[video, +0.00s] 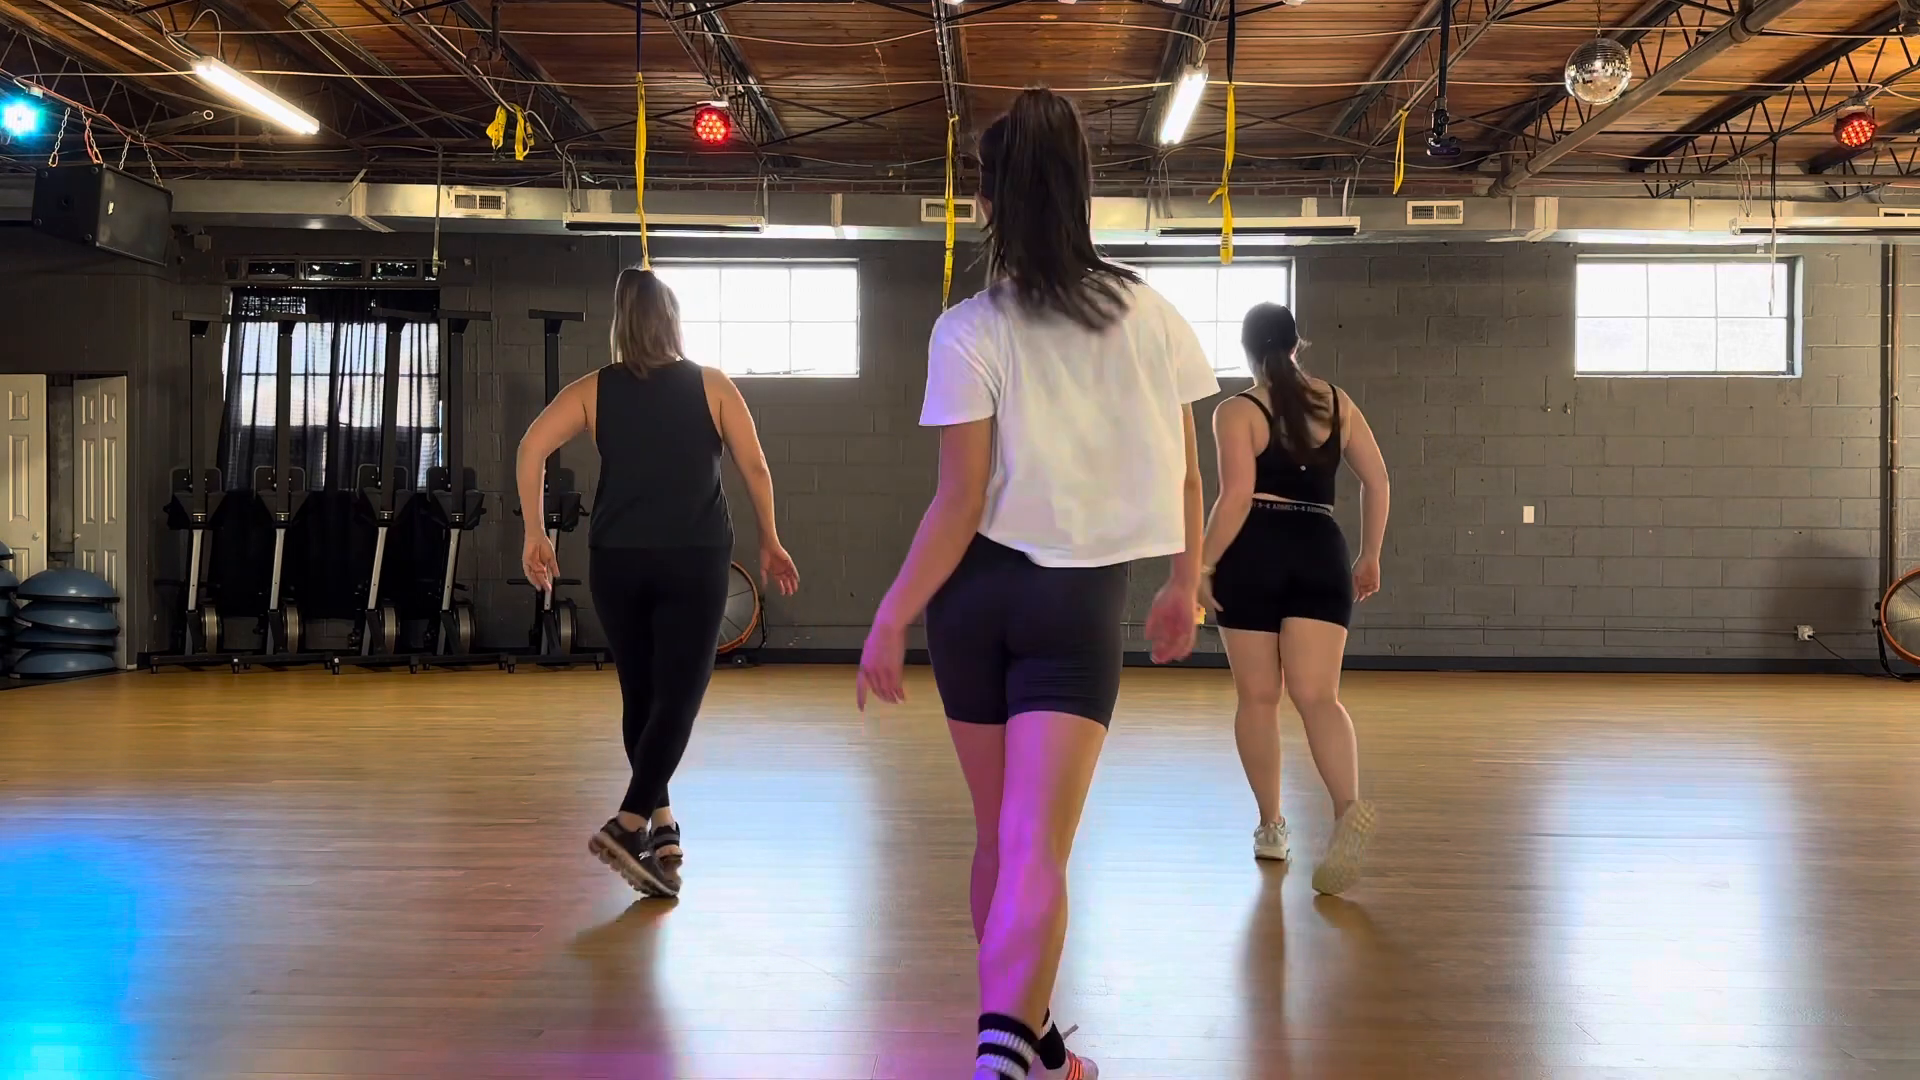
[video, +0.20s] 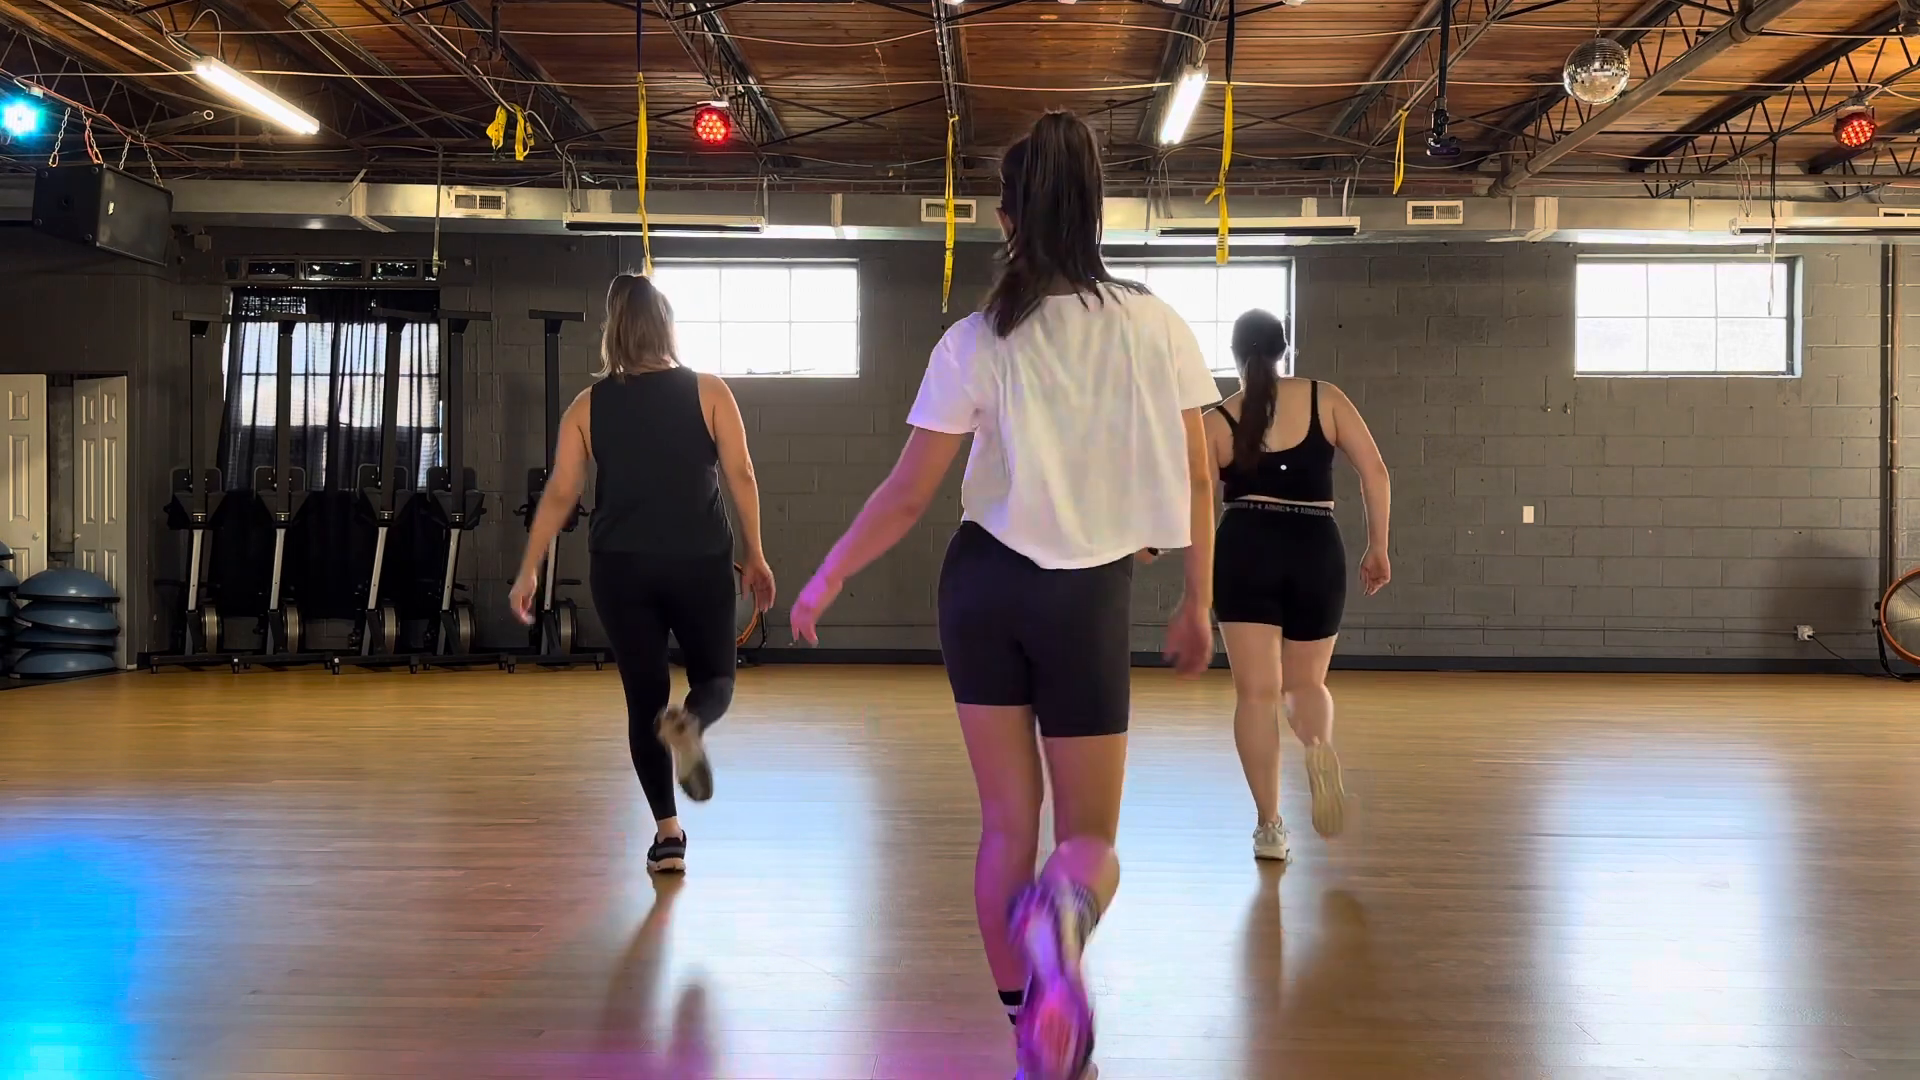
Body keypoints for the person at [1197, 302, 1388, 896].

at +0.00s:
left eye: (1250, 343)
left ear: (1249, 350)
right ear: (1297, 345)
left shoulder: (1238, 410)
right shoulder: (1335, 402)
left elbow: (1238, 493)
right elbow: (1377, 479)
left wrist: (1204, 566)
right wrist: (1371, 554)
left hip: (1252, 553)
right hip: (1321, 552)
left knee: (1258, 696)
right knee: (1318, 694)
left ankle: (1271, 823)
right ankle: (1350, 812)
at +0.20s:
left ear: (1235, 353)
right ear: (1285, 348)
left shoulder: (1217, 421)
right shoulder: (1326, 399)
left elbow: (1193, 500)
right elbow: (1374, 471)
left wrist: (1152, 537)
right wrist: (1379, 546)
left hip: (1245, 555)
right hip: (1316, 555)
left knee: (1254, 694)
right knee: (1309, 682)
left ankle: (1270, 822)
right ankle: (1318, 746)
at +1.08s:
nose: (1295, 375)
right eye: (1299, 367)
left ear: (1256, 372)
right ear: (1302, 373)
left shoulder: (1228, 415)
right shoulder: (1327, 428)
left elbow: (1199, 486)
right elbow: (1344, 507)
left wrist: (1196, 546)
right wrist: (1352, 570)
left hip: (1245, 558)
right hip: (1310, 560)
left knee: (1242, 669)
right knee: (1290, 675)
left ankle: (1239, 744)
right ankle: (1276, 784)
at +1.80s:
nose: (1242, 393)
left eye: (1234, 385)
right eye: (1260, 382)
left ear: (1228, 389)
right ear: (1268, 386)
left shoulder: (1212, 444)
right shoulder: (1302, 434)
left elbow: (1194, 509)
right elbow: (1334, 498)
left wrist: (1153, 543)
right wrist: (1381, 533)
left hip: (1234, 557)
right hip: (1293, 555)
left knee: (1245, 664)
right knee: (1287, 661)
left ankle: (1254, 756)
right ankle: (1278, 741)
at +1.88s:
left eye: (1226, 387)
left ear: (1224, 391)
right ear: (1264, 386)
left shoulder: (1207, 445)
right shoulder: (1298, 436)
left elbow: (1180, 504)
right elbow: (1340, 483)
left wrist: (1151, 496)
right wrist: (1397, 481)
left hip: (1232, 559)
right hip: (1288, 559)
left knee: (1242, 663)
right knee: (1294, 659)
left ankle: (1254, 757)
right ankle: (1286, 722)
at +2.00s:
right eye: (1263, 383)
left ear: (1226, 390)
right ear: (1265, 389)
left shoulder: (1210, 436)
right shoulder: (1295, 435)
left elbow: (1181, 472)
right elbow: (1357, 460)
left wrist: (1172, 424)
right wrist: (1362, 412)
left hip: (1223, 550)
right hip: (1279, 550)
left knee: (1238, 659)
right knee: (1292, 633)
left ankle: (1255, 756)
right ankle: (1291, 693)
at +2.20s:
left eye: (1233, 390)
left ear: (1231, 393)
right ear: (1270, 392)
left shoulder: (1212, 420)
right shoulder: (1296, 422)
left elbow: (1154, 433)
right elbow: (1344, 428)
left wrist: (1191, 454)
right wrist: (1302, 456)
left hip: (1217, 544)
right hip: (1271, 549)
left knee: (1235, 661)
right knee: (1254, 601)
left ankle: (1254, 755)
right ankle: (1240, 677)